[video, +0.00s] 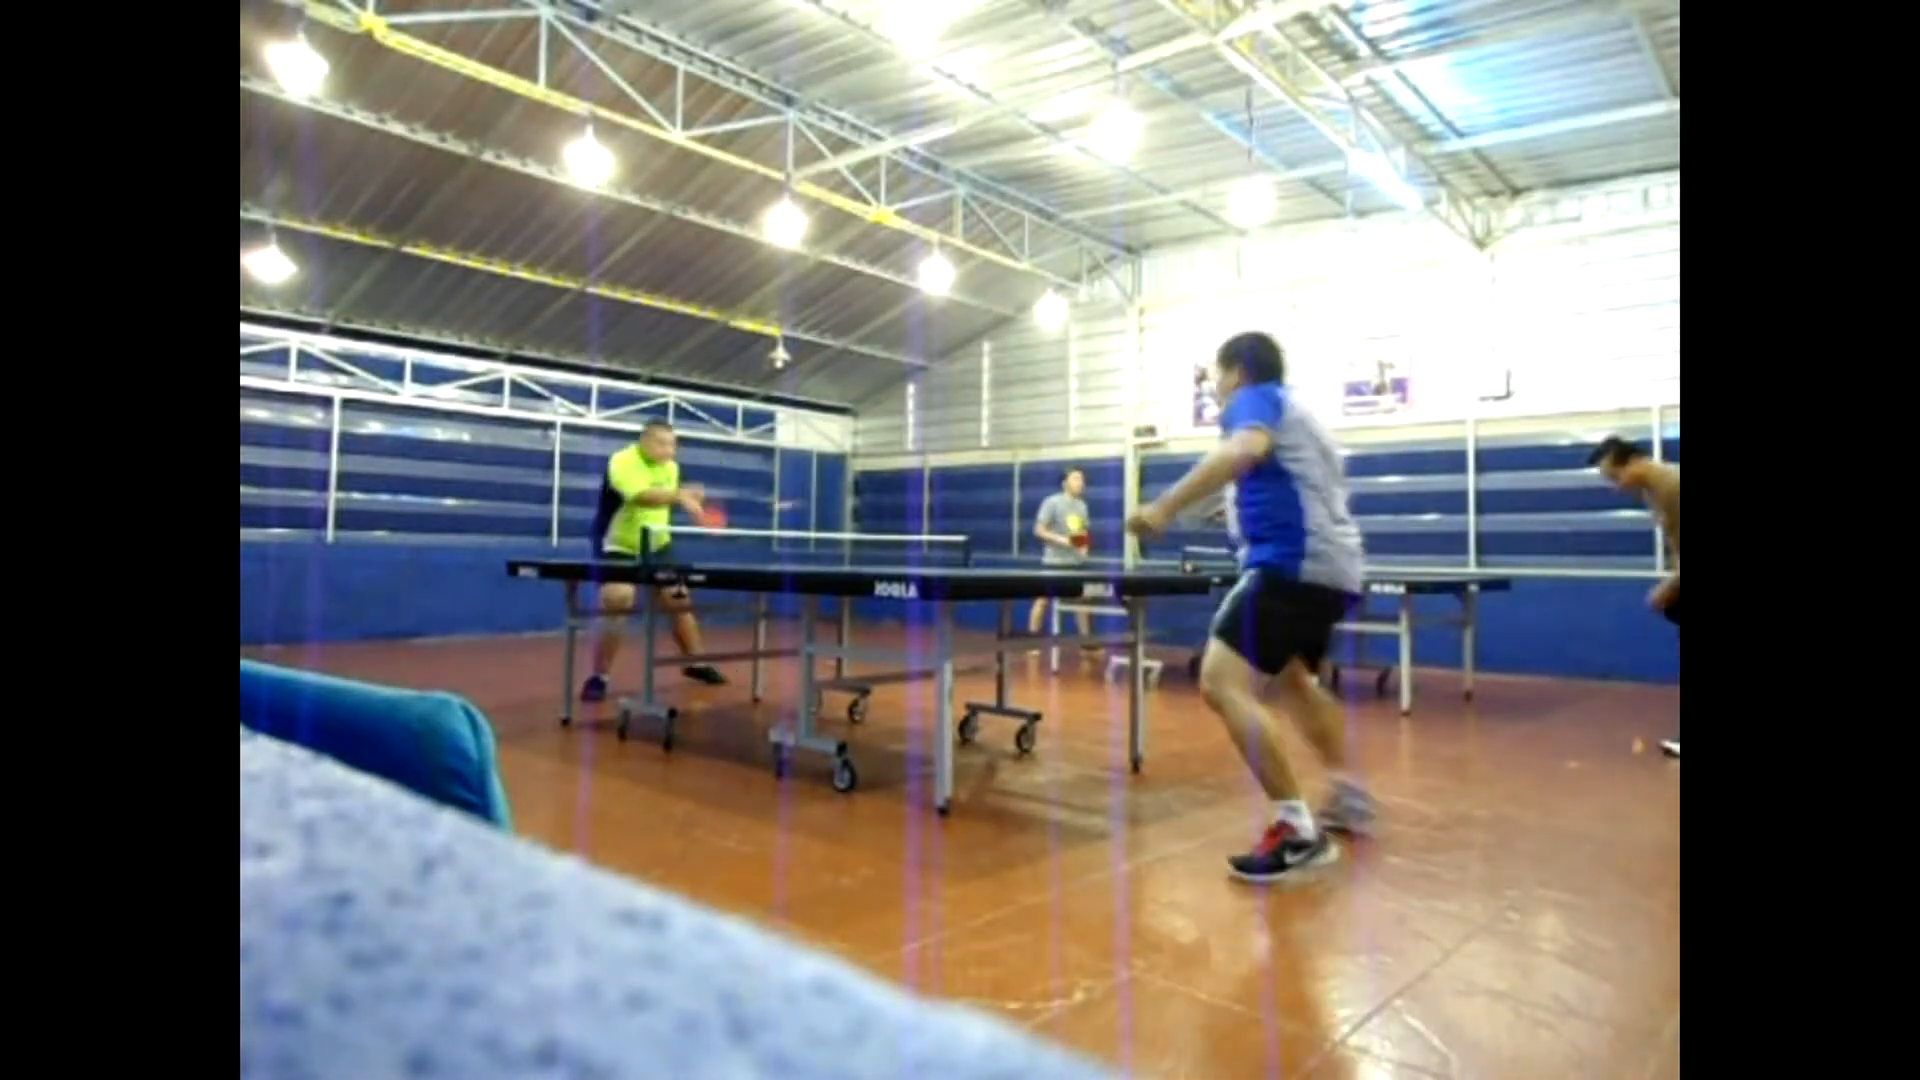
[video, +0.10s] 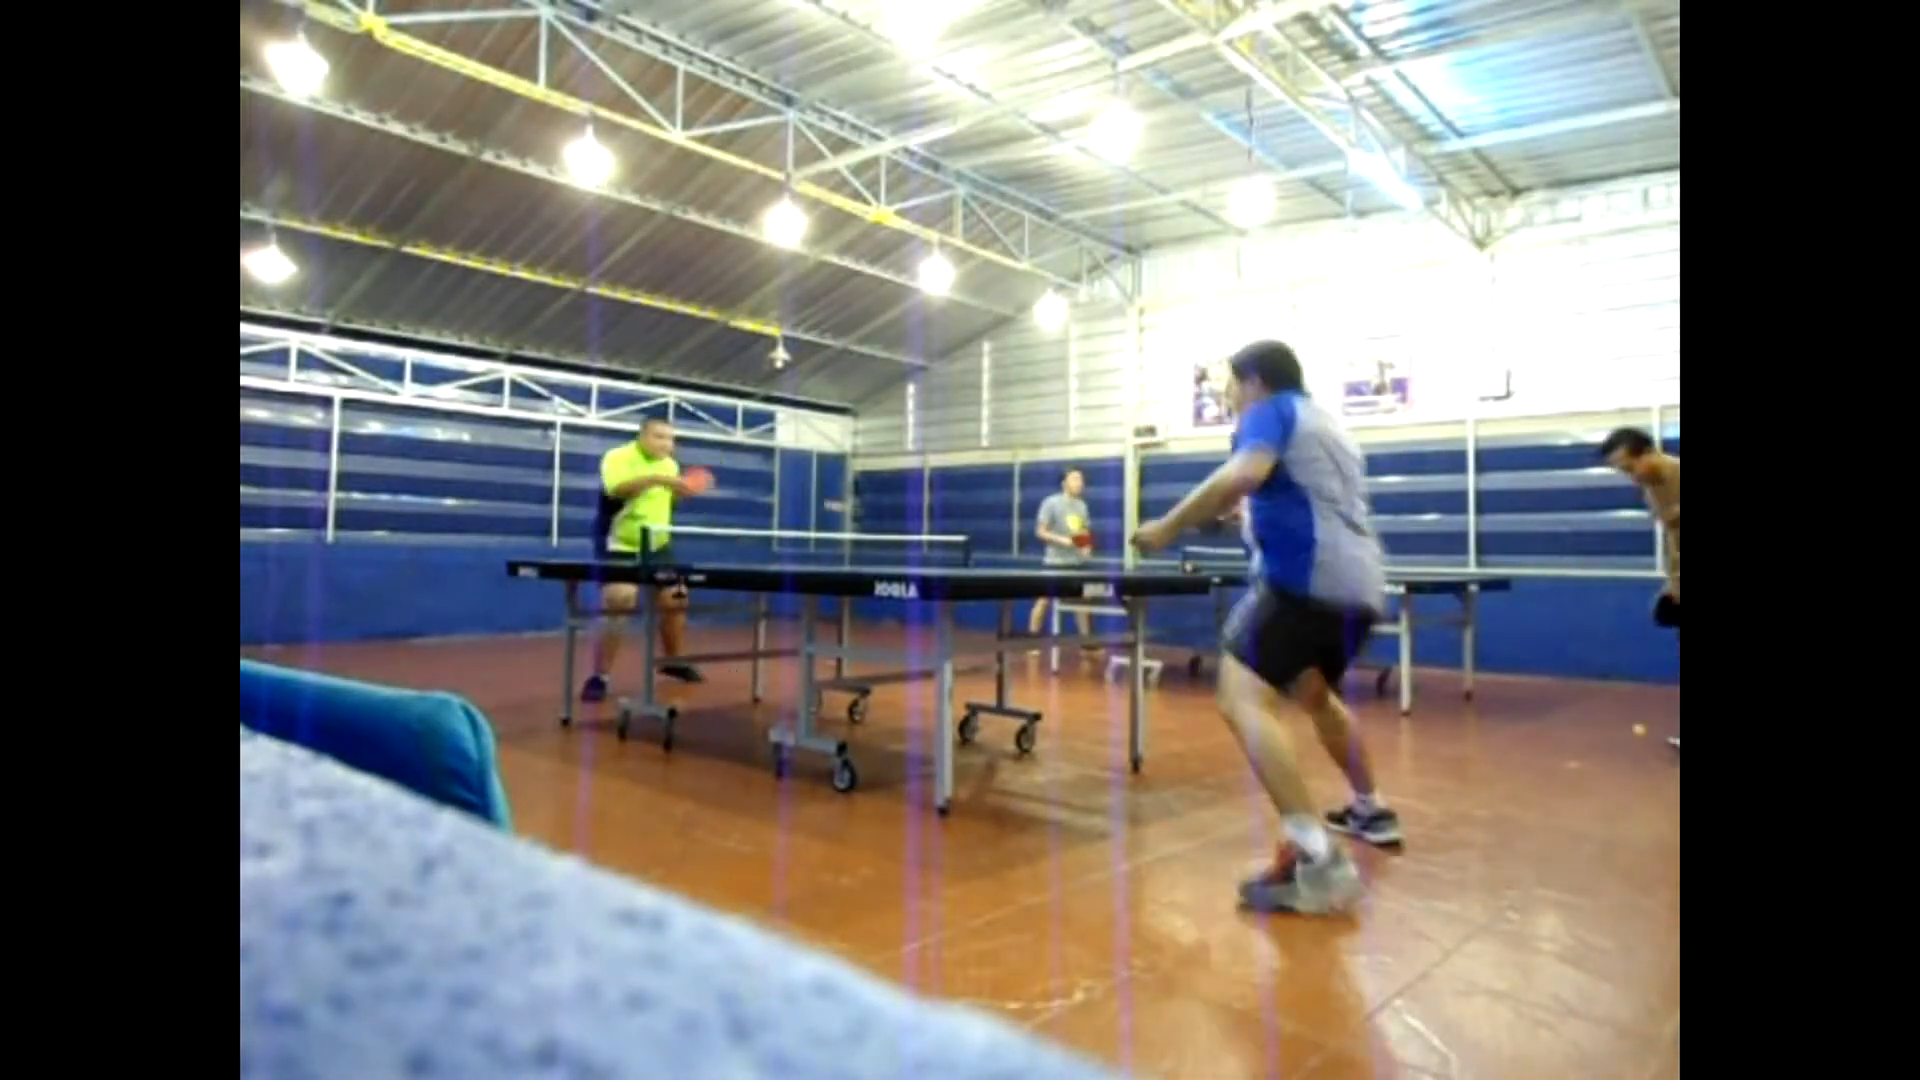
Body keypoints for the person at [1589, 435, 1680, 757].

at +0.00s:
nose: (1616, 485)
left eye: (1615, 476)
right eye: (1612, 479)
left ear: (1629, 464)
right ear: (1628, 464)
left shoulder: (1666, 485)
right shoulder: (1657, 487)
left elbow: (1674, 542)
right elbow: (1674, 540)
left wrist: (1671, 585)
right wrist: (1672, 582)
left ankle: (1677, 739)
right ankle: (1677, 737)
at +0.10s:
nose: (1628, 475)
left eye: (1627, 465)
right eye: (1622, 469)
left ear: (1639, 453)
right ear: (1633, 457)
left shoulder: (1661, 473)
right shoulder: (1655, 480)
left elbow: (1671, 529)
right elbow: (1670, 535)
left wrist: (1673, 583)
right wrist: (1671, 581)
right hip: (1674, 585)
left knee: (1664, 612)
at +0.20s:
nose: (1642, 476)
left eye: (1644, 467)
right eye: (1637, 469)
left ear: (1663, 455)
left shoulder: (1674, 480)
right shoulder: (1655, 487)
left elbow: (1664, 534)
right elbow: (1663, 536)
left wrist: (1656, 586)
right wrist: (1656, 586)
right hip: (1676, 579)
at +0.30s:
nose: (1663, 468)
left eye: (1666, 459)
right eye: (1656, 462)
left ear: (1677, 451)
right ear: (1650, 461)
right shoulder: (1657, 487)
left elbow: (1656, 533)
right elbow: (1656, 533)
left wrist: (1646, 585)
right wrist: (1646, 584)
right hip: (1675, 581)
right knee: (1677, 647)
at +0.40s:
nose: (1673, 457)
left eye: (1676, 450)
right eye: (1669, 450)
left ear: (1678, 445)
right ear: (1663, 445)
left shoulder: (1660, 478)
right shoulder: (1656, 479)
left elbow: (1648, 525)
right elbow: (1649, 524)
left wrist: (1638, 577)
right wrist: (1637, 577)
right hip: (1670, 574)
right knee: (1672, 658)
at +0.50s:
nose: (1676, 442)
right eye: (1675, 434)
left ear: (1673, 437)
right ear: (1672, 436)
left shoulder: (1658, 476)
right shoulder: (1657, 476)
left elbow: (1637, 524)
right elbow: (1637, 524)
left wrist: (1628, 577)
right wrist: (1628, 576)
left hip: (1670, 573)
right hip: (1670, 572)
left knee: (1666, 655)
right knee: (1664, 655)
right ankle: (1676, 722)